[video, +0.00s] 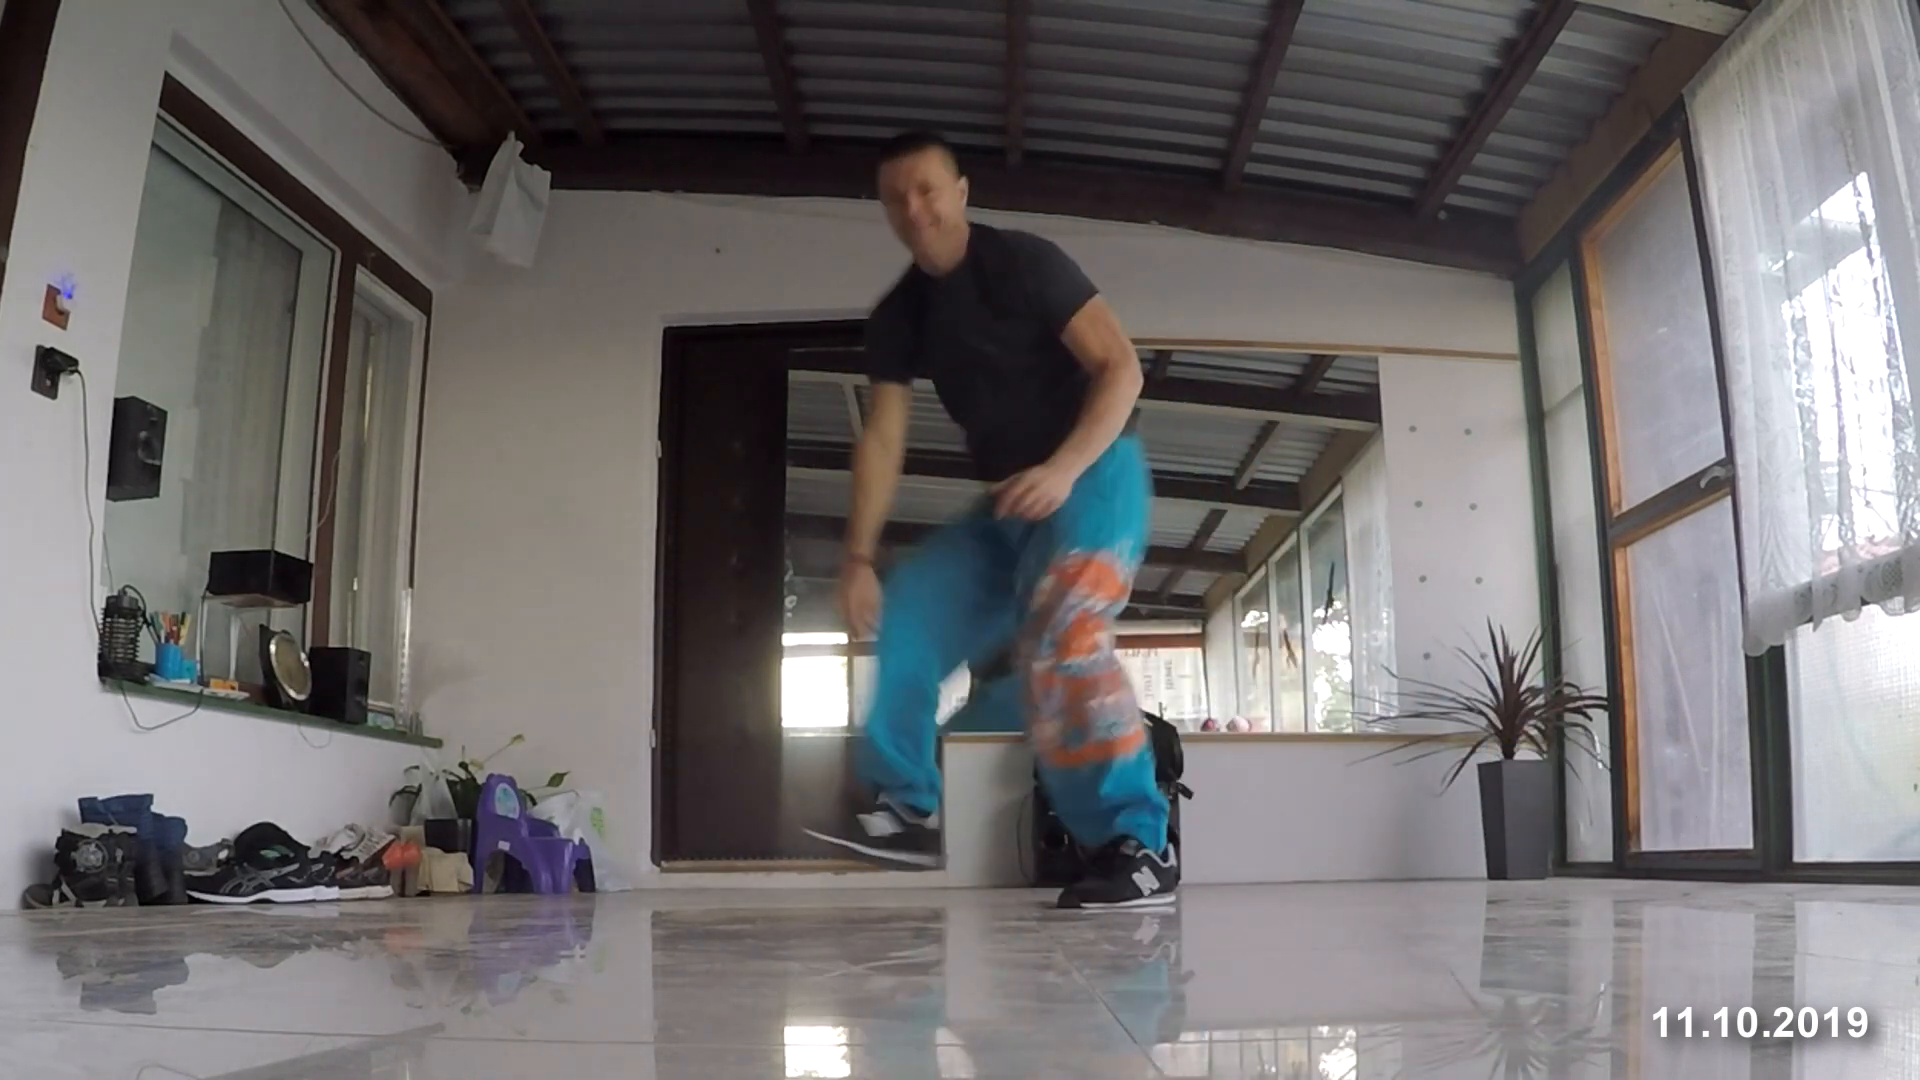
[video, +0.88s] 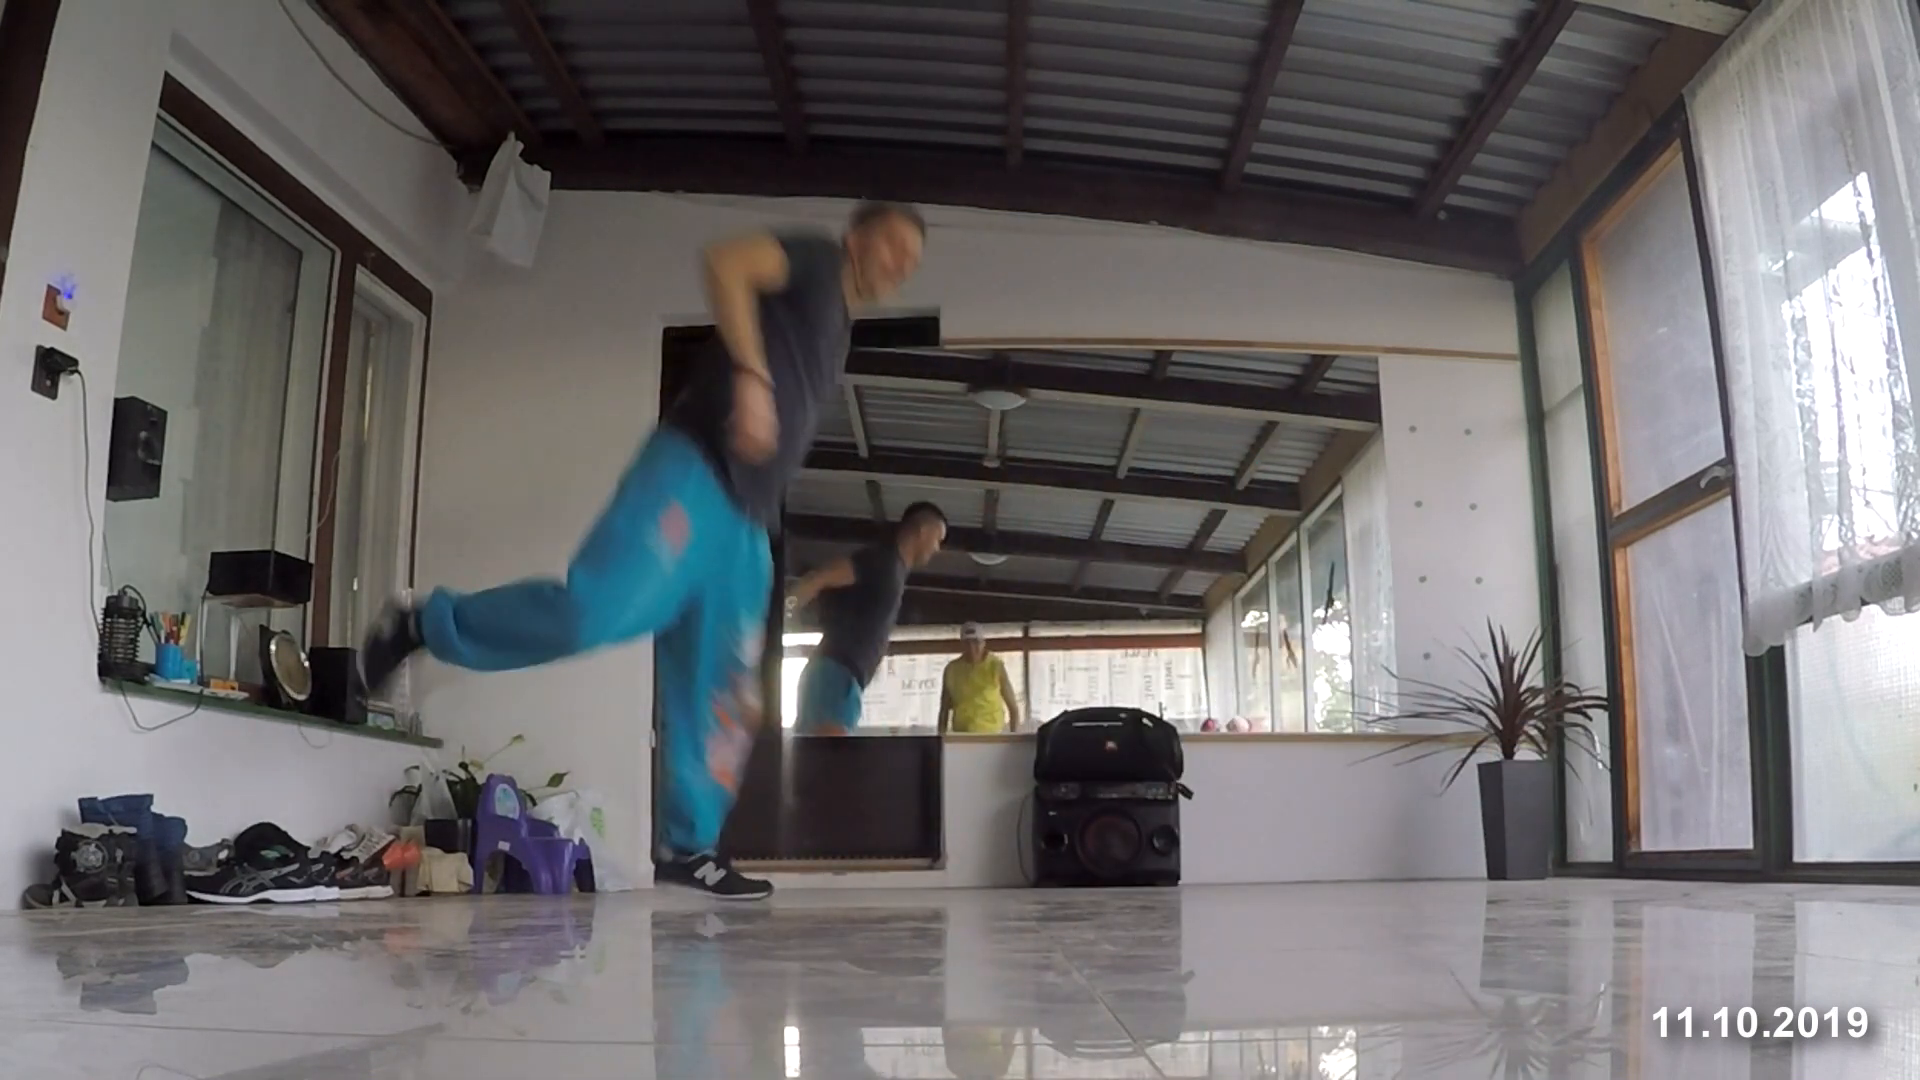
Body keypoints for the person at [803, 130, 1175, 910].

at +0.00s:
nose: (915, 210)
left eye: (928, 190)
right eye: (899, 200)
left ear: (961, 190)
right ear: (887, 214)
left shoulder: (1026, 262)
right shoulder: (900, 315)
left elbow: (1121, 370)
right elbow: (882, 436)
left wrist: (1064, 467)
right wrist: (859, 557)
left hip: (1095, 477)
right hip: (1007, 503)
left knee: (1063, 639)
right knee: (909, 602)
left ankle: (1136, 848)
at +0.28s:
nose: (955, 167)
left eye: (969, 159)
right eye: (940, 156)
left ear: (984, 188)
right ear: (909, 180)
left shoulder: (1006, 294)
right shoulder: (853, 269)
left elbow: (1022, 406)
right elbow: (773, 360)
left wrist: (1045, 455)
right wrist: (762, 484)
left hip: (986, 511)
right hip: (888, 526)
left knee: (1086, 650)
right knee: (920, 699)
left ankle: (1080, 814)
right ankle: (988, 839)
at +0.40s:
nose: (956, 156)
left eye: (970, 151)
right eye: (943, 143)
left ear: (978, 180)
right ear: (908, 160)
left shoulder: (971, 284)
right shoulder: (841, 220)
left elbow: (981, 391)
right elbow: (742, 272)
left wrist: (1020, 401)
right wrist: (700, 370)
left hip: (913, 472)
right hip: (833, 459)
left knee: (945, 623)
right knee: (906, 635)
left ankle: (874, 762)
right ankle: (945, 828)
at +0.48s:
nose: (955, 172)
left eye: (968, 168)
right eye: (943, 156)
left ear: (971, 194)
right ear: (907, 167)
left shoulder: (946, 295)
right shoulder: (844, 215)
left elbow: (947, 408)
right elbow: (722, 253)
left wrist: (1005, 437)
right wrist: (677, 351)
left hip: (861, 470)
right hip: (794, 447)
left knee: (867, 636)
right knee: (873, 631)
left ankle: (772, 779)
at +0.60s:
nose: (949, 260)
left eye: (959, 251)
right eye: (942, 242)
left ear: (956, 262)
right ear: (903, 232)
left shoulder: (895, 353)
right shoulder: (852, 269)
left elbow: (850, 464)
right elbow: (743, 282)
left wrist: (883, 552)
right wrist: (695, 366)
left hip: (795, 511)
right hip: (740, 483)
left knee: (765, 683)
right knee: (751, 674)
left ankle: (698, 844)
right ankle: (606, 756)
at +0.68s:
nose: (942, 319)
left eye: (947, 306)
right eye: (935, 301)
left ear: (921, 310)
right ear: (898, 293)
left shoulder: (864, 372)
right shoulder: (856, 323)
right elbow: (777, 330)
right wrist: (744, 409)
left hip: (765, 565)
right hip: (716, 529)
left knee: (756, 709)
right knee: (665, 704)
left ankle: (687, 859)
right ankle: (498, 695)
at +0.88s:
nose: (897, 275)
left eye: (906, 268)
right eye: (895, 257)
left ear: (897, 268)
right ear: (862, 236)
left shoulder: (837, 317)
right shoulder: (816, 257)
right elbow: (727, 263)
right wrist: (753, 378)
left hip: (746, 522)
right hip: (691, 478)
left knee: (714, 685)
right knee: (591, 618)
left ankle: (689, 852)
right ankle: (421, 624)